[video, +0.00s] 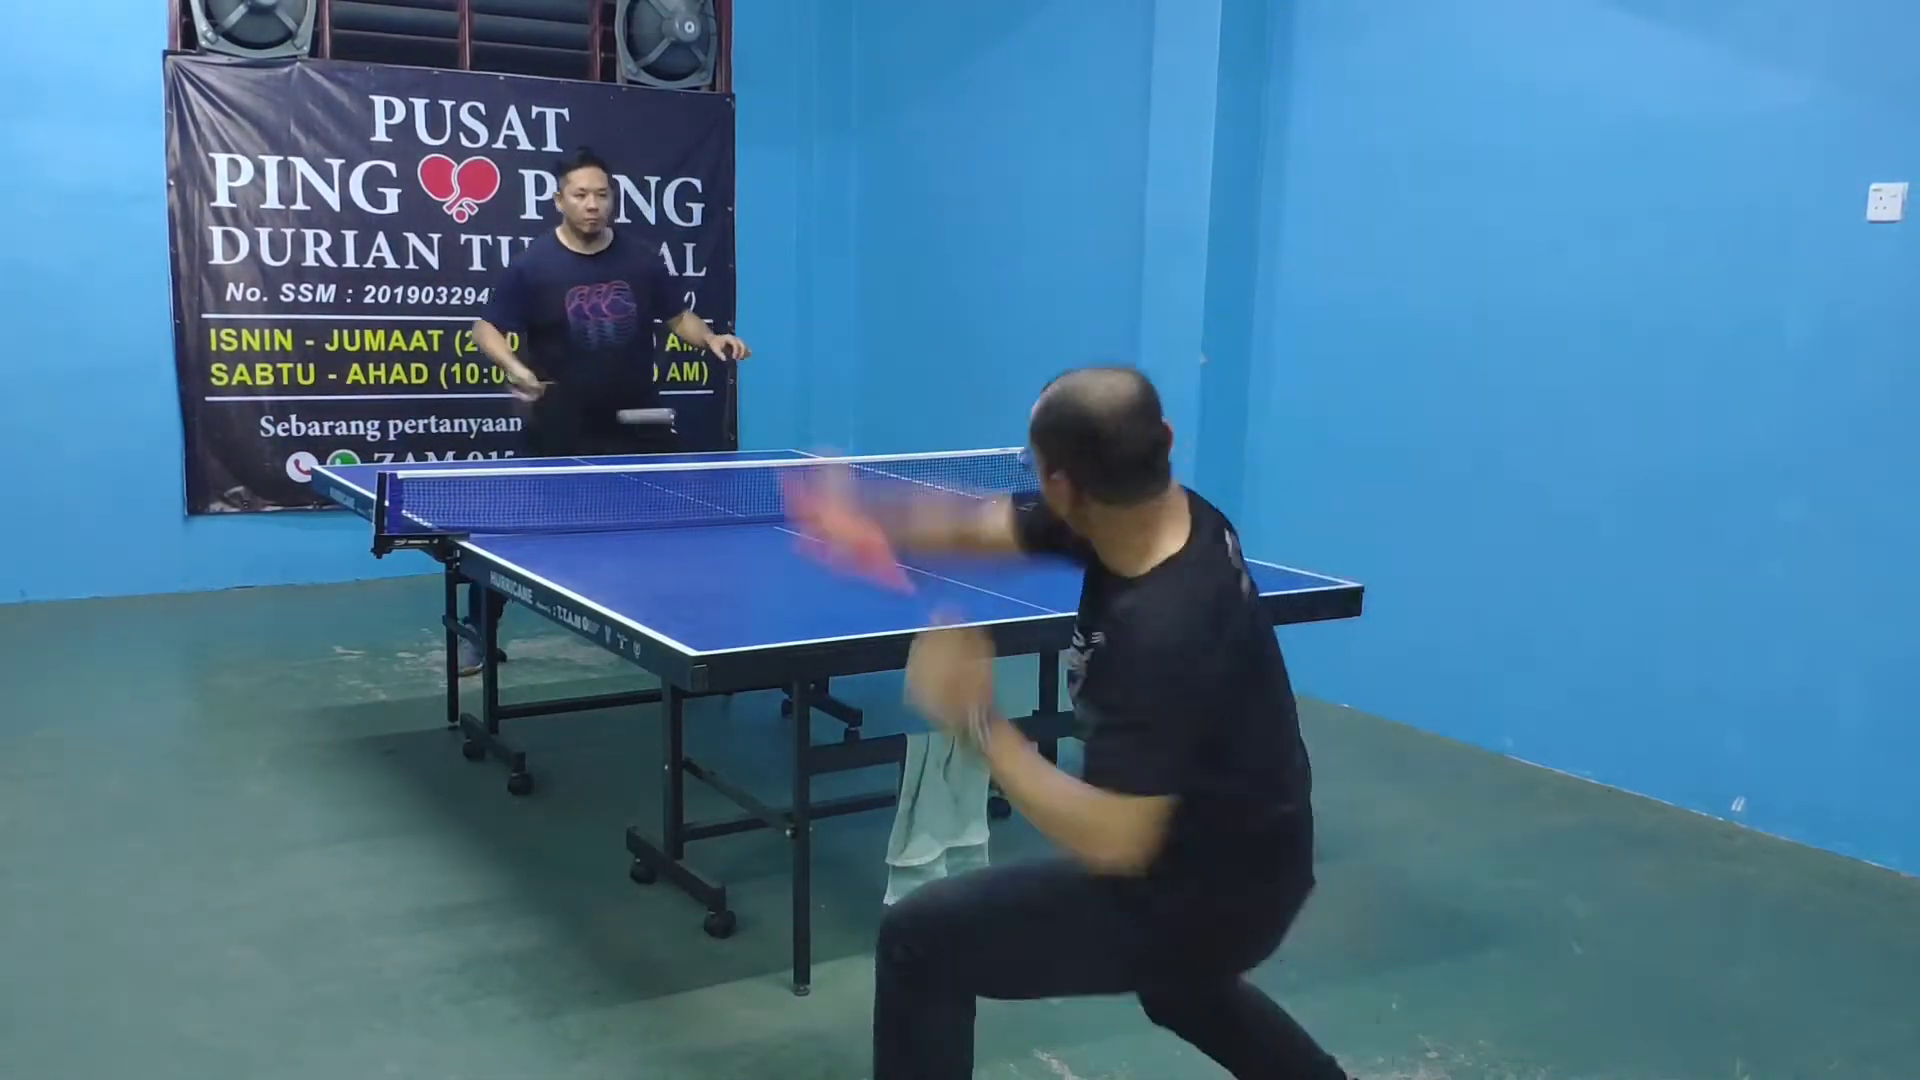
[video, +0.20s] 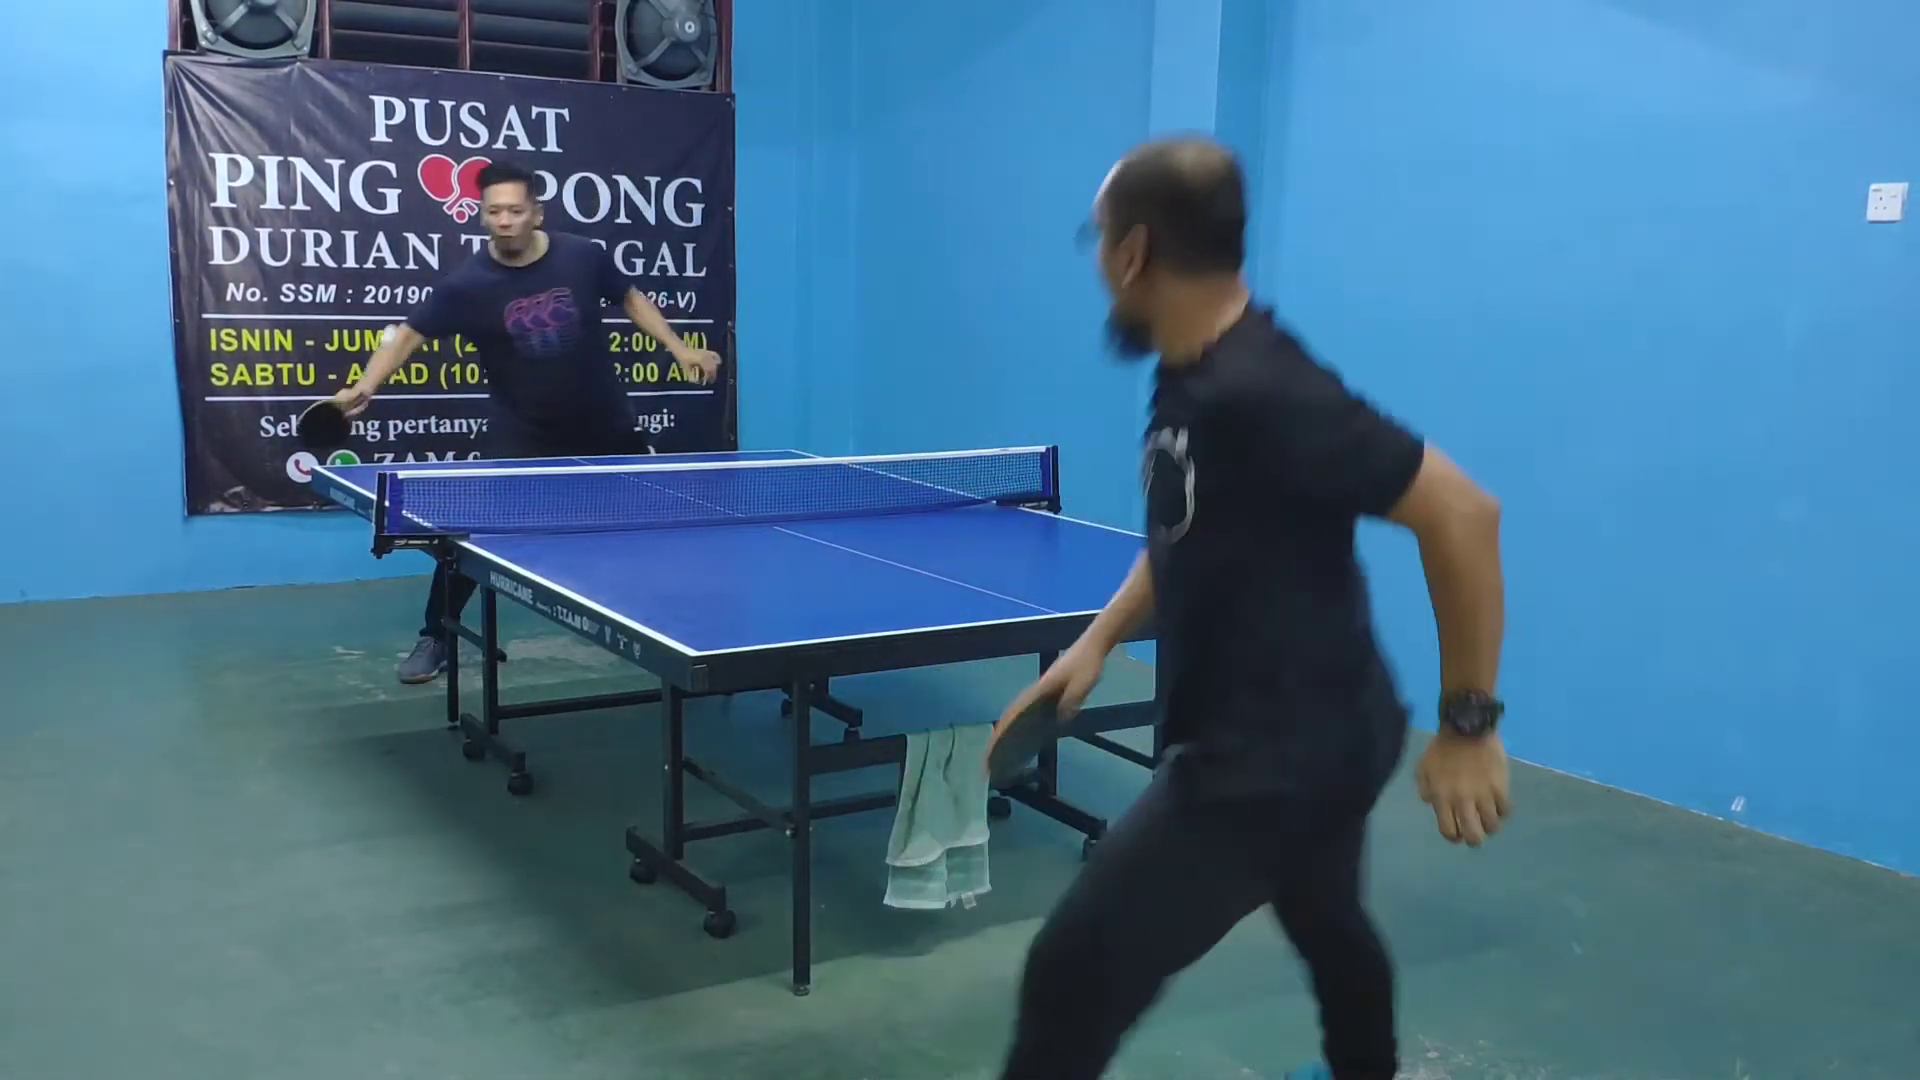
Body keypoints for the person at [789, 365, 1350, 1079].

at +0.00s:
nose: (1035, 478)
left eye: (1039, 465)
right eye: (1040, 465)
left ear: (1064, 485)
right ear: (1162, 445)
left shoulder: (1166, 628)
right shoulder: (1164, 516)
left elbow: (1118, 840)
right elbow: (980, 525)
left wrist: (982, 722)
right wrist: (872, 520)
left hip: (1198, 903)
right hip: (1245, 862)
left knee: (920, 937)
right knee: (1182, 990)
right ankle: (1315, 1071)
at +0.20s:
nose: (1098, 264)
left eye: (1102, 241)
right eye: (1098, 242)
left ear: (1135, 254)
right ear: (1217, 243)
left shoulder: (1260, 390)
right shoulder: (1195, 373)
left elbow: (1460, 515)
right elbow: (1190, 540)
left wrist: (1469, 726)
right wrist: (1097, 641)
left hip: (1273, 760)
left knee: (1071, 980)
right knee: (1332, 928)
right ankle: (1364, 1067)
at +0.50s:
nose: (1248, 342)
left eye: (1252, 318)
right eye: (1250, 318)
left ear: (1290, 337)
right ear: (1388, 335)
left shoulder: (1323, 511)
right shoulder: (1456, 459)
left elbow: (1299, 767)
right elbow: (1455, 684)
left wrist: (1152, 856)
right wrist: (1292, 735)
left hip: (1416, 905)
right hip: (1536, 874)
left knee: (1193, 1070)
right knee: (1480, 1051)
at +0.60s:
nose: (1271, 318)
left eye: (1274, 291)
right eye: (1271, 293)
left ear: (1314, 302)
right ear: (1417, 295)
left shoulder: (1341, 460)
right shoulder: (1502, 423)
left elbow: (1322, 710)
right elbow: (1516, 643)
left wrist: (1200, 798)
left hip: (1447, 880)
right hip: (1585, 851)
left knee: (1228, 1068)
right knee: (1527, 1039)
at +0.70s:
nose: (1289, 234)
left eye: (1291, 206)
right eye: (1289, 207)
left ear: (1335, 211)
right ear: (1436, 206)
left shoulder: (1368, 350)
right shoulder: (1535, 332)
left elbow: (1376, 606)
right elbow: (1576, 559)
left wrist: (1277, 715)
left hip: (1518, 792)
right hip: (1647, 767)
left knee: (1407, 1059)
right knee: (1559, 1042)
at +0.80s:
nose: (1323, 242)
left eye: (1322, 210)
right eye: (1317, 214)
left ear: (1371, 195)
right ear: (1468, 186)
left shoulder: (1417, 331)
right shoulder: (1593, 312)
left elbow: (1427, 603)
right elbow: (1701, 543)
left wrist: (1322, 726)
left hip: (1588, 782)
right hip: (1710, 761)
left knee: (1481, 1059)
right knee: (1559, 1052)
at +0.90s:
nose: (1374, 306)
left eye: (1365, 271)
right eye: (1360, 278)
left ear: (1420, 237)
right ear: (1508, 224)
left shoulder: (1485, 374)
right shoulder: (1651, 347)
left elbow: (1471, 669)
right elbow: (1763, 589)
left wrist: (1351, 806)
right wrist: (1676, 742)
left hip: (1634, 847)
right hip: (1748, 822)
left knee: (1552, 1057)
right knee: (1619, 1050)